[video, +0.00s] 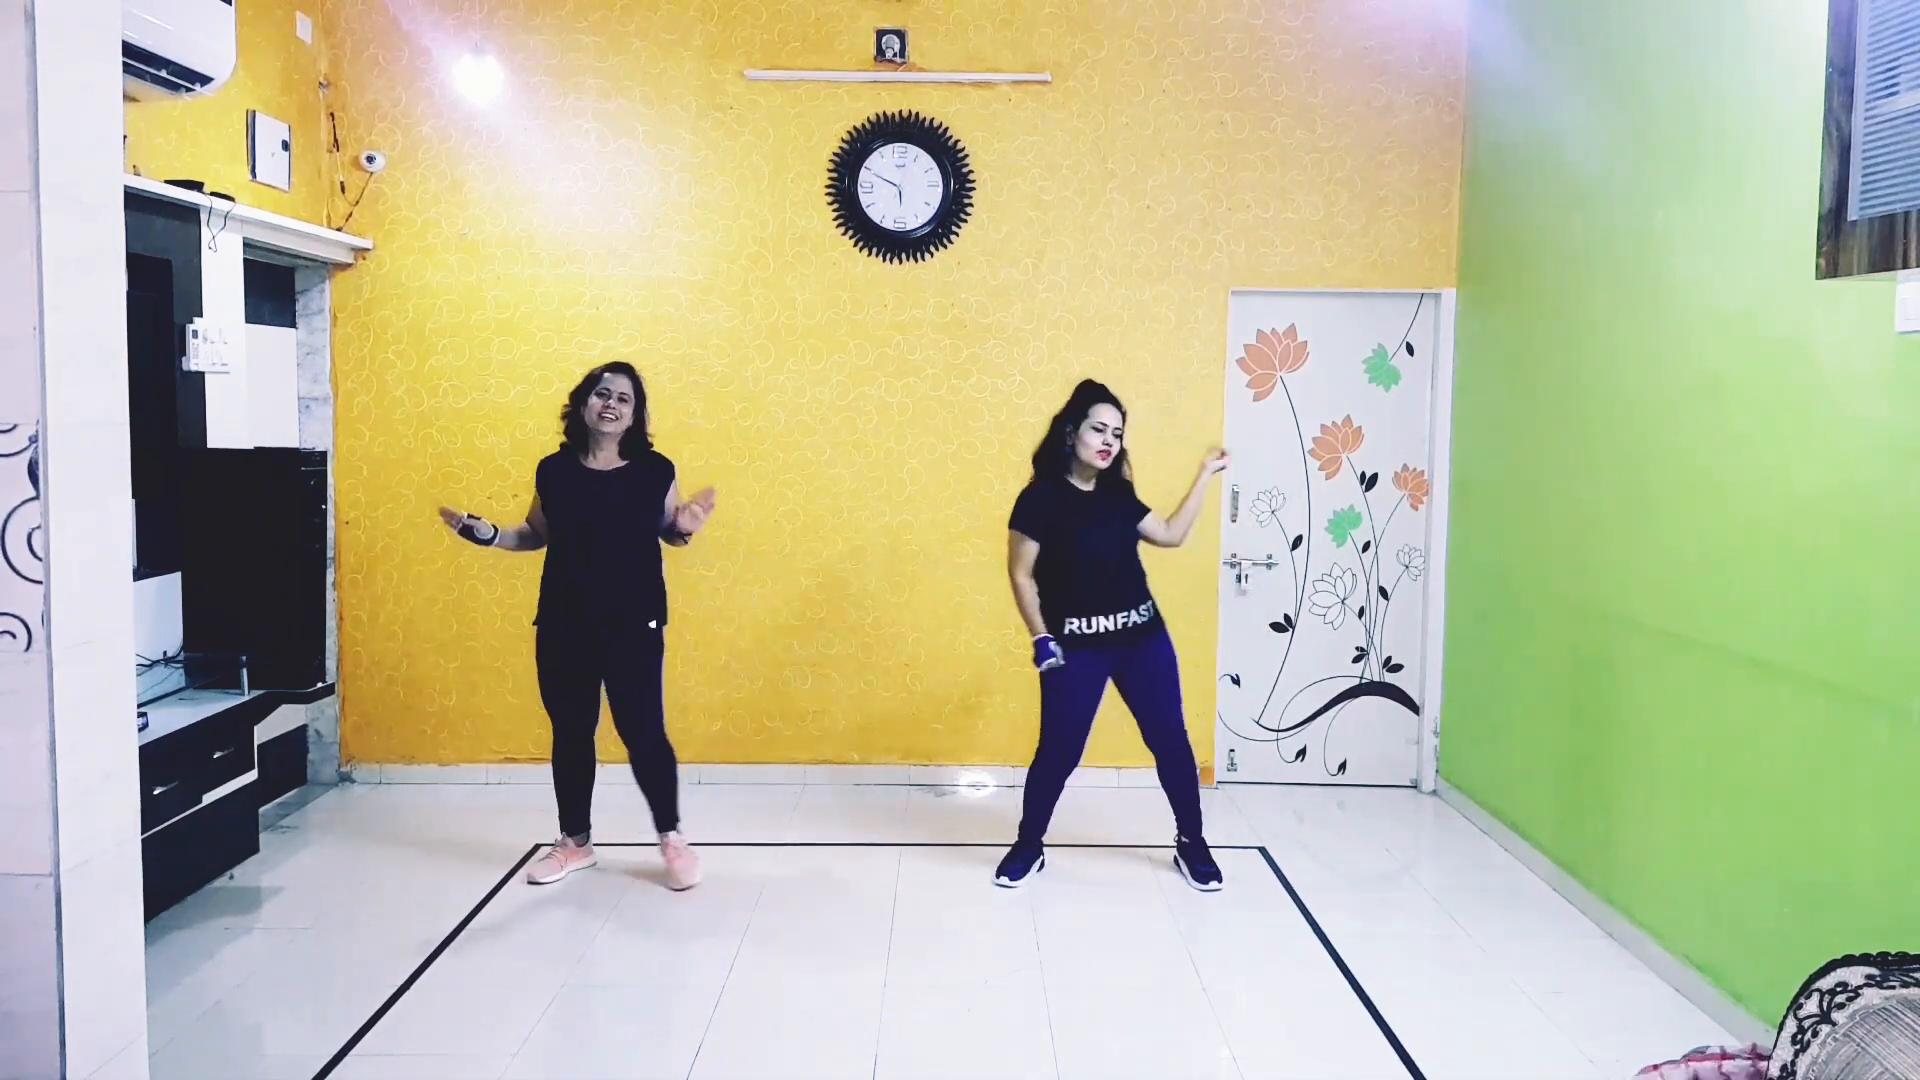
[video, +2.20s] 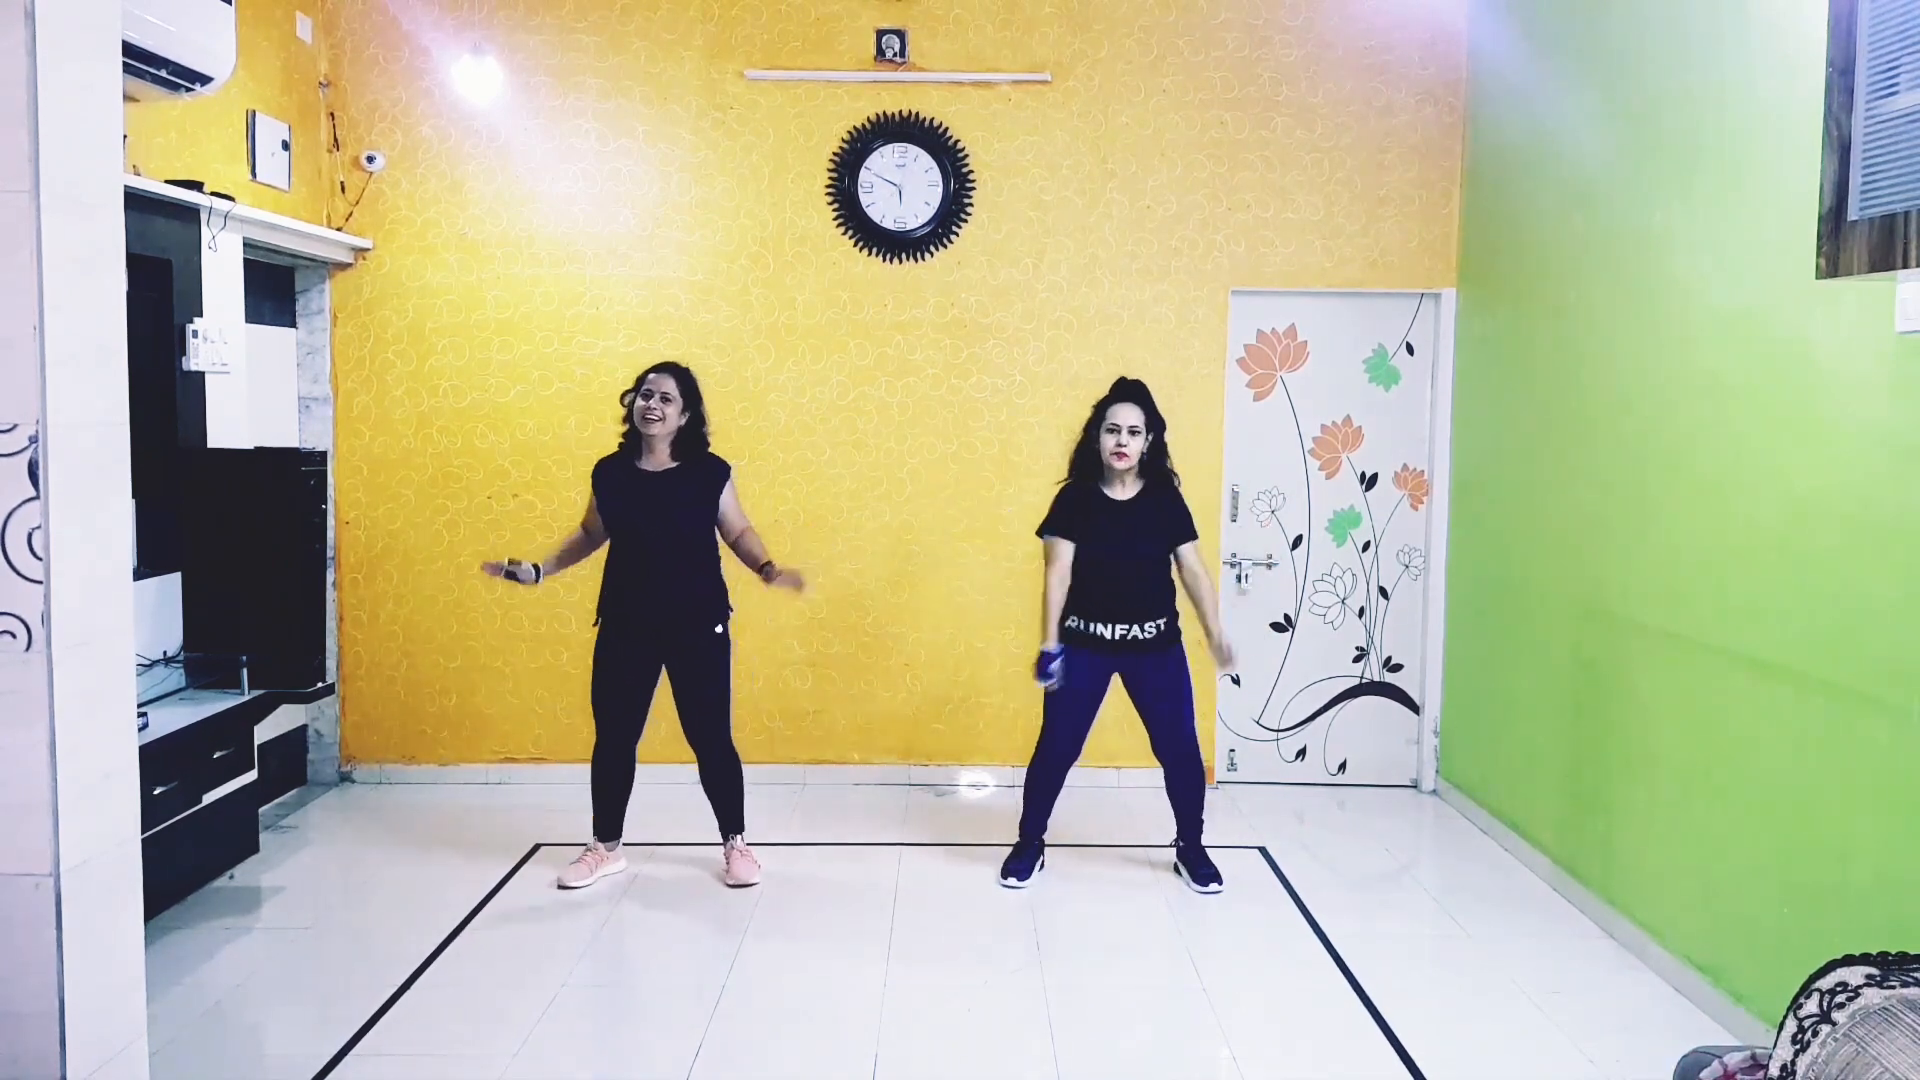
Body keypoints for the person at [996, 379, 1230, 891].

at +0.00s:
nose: (1109, 440)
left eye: (1116, 433)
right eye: (1099, 428)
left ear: (1120, 442)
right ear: (1071, 430)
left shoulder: (1116, 495)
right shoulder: (1040, 498)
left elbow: (1171, 534)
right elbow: (1021, 574)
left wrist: (1206, 473)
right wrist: (1042, 639)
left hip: (1141, 639)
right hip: (1074, 645)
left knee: (1171, 741)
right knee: (1057, 755)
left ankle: (1192, 841)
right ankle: (1028, 844)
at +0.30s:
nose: (1093, 441)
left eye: (1101, 433)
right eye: (1082, 430)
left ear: (1107, 441)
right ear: (1056, 432)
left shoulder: (1092, 499)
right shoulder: (1027, 485)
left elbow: (1121, 564)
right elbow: (981, 538)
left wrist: (1150, 509)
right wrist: (972, 613)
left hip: (1099, 640)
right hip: (1037, 643)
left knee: (1135, 738)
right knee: (1040, 754)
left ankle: (1171, 839)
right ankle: (1027, 845)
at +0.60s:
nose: (1087, 448)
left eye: (1096, 436)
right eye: (1074, 438)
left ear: (1110, 442)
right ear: (1057, 444)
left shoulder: (1102, 507)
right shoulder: (1033, 486)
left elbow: (1093, 582)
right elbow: (964, 516)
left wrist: (1133, 564)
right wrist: (922, 566)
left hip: (1078, 641)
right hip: (1016, 638)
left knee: (1123, 740)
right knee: (1029, 751)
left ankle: (1161, 843)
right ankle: (1026, 844)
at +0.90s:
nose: (1082, 446)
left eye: (1094, 435)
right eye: (1071, 436)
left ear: (1113, 443)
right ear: (1058, 444)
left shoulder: (1134, 506)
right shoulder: (1045, 496)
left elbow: (1160, 560)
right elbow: (977, 520)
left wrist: (1154, 612)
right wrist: (943, 490)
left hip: (1096, 643)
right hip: (1026, 635)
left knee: (1134, 747)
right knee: (1025, 745)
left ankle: (1168, 845)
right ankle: (1026, 843)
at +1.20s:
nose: (1101, 450)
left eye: (1113, 440)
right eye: (1092, 439)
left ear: (1132, 446)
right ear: (1079, 445)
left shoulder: (1160, 498)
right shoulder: (1080, 507)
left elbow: (1220, 537)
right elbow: (1033, 561)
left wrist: (1218, 598)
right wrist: (997, 512)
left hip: (1143, 650)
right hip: (1074, 642)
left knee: (1156, 756)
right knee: (1046, 745)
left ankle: (1188, 845)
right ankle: (1027, 843)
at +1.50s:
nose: (1126, 453)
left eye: (1138, 442)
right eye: (1116, 441)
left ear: (1157, 447)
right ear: (1103, 446)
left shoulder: (1185, 493)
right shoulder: (1104, 513)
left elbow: (1249, 524)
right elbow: (1093, 587)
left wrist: (1247, 593)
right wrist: (1037, 571)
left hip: (1179, 651)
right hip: (1110, 647)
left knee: (1181, 759)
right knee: (1070, 748)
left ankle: (1193, 846)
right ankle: (1029, 841)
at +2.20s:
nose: (1122, 441)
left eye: (1134, 432)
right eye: (1112, 429)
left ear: (1149, 441)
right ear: (1096, 436)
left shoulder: (1163, 498)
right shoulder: (1075, 498)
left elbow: (1193, 570)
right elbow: (1057, 571)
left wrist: (1215, 633)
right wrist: (1050, 643)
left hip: (1155, 647)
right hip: (1084, 645)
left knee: (1182, 752)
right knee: (1056, 750)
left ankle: (1191, 846)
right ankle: (1029, 842)